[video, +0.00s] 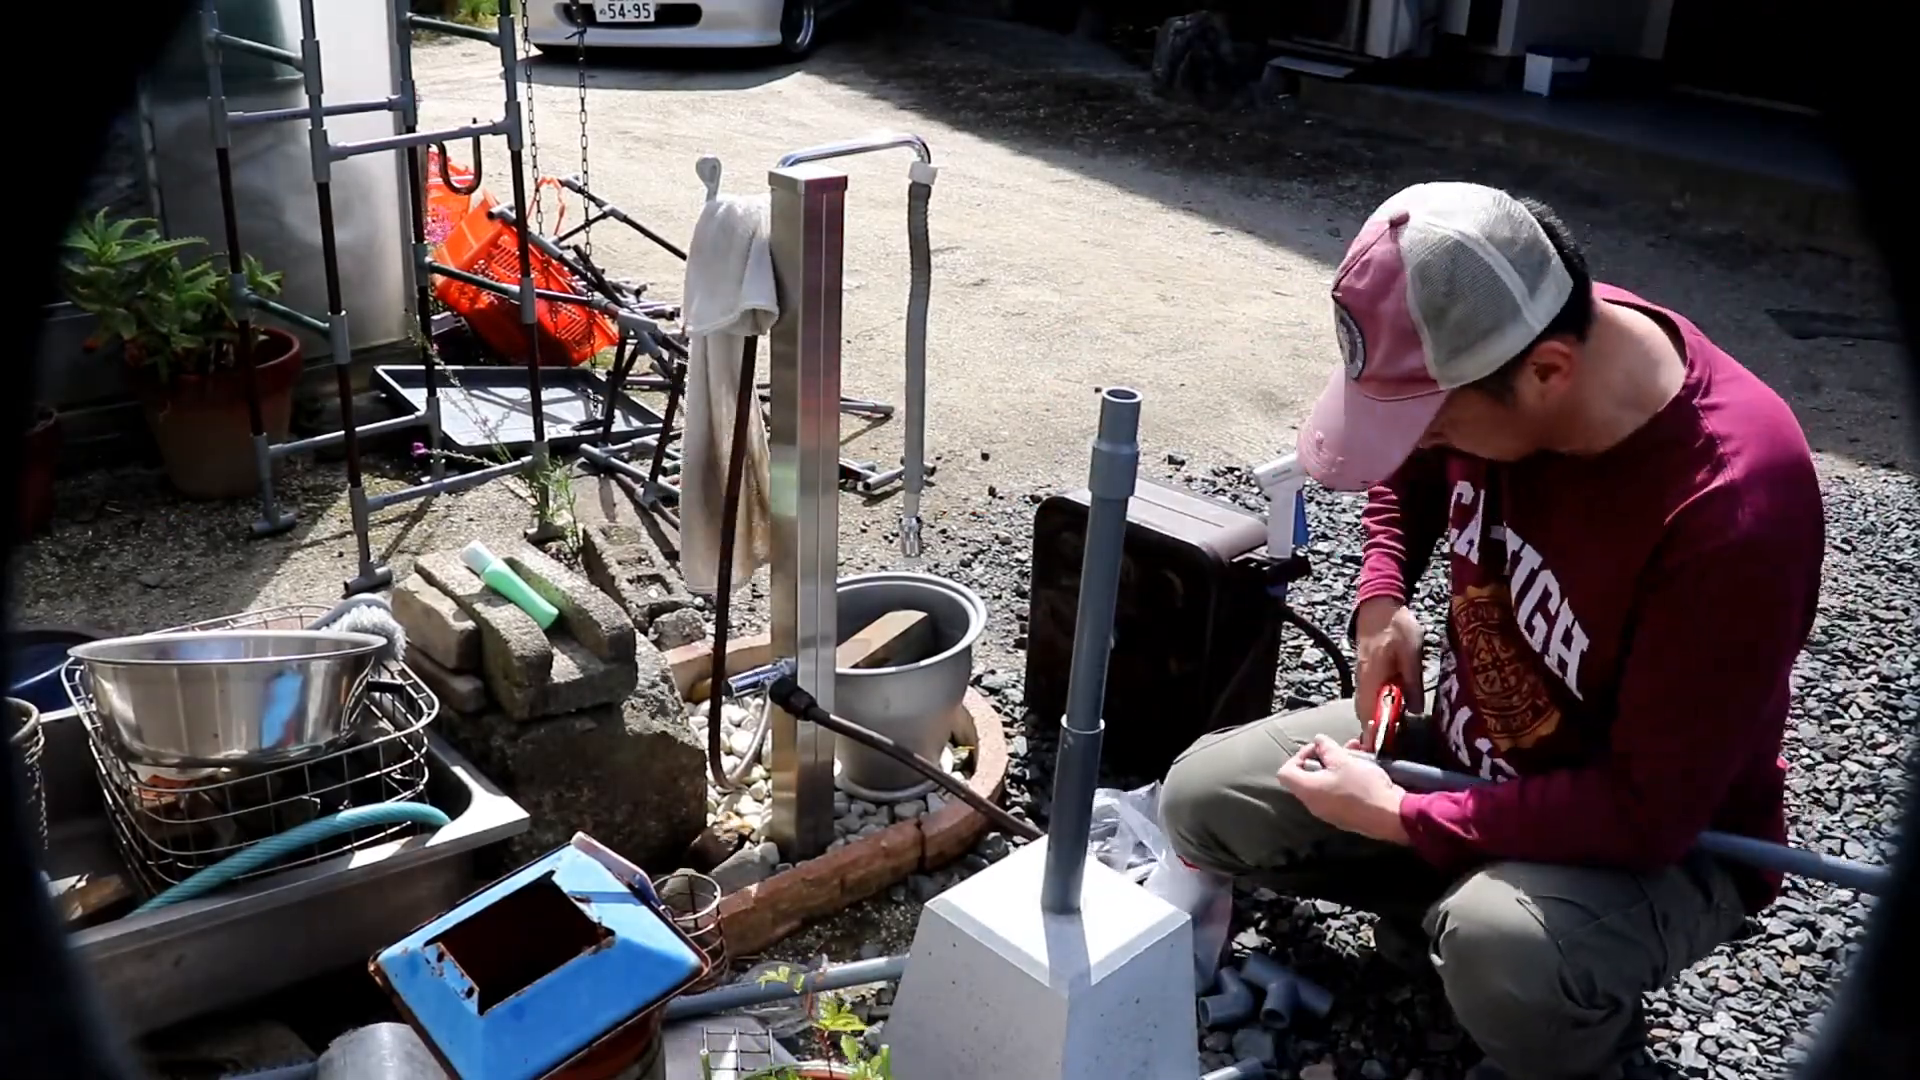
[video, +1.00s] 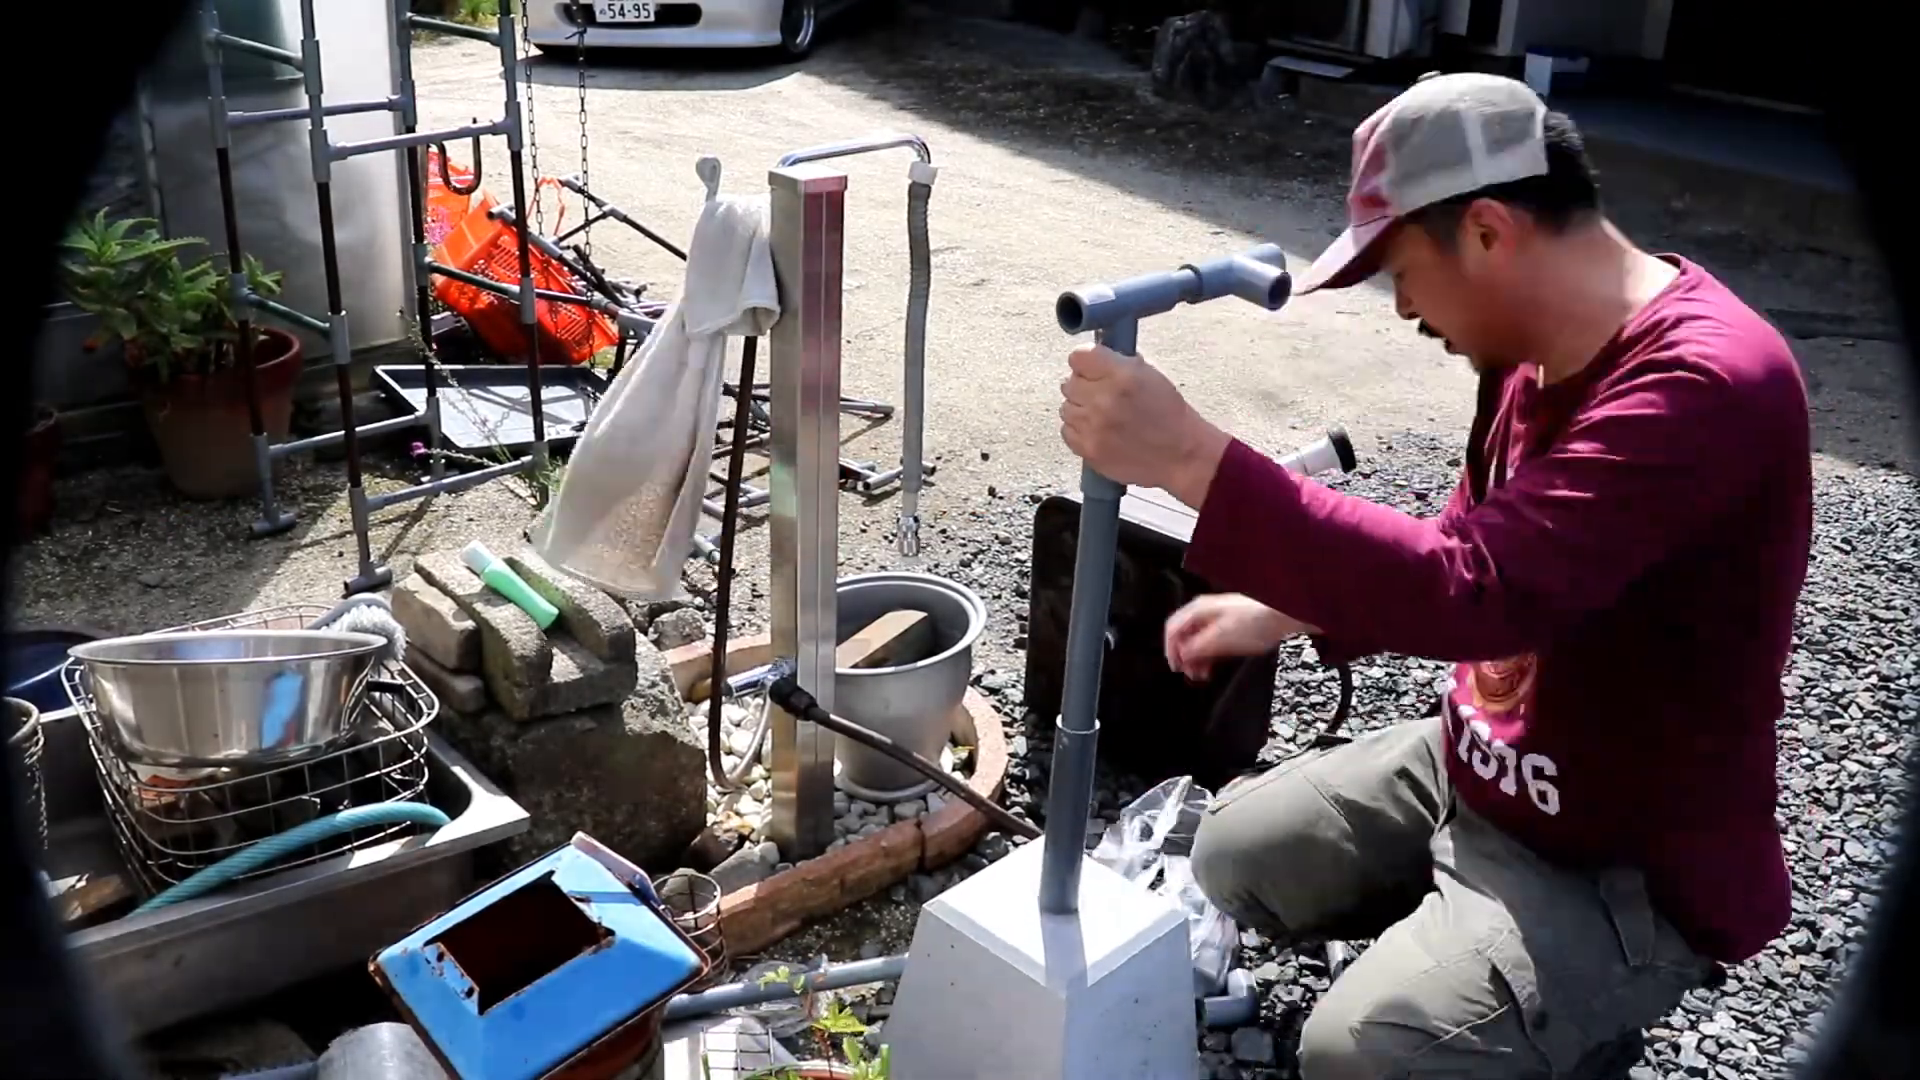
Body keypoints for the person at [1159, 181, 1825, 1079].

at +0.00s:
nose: (1425, 445)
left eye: (1440, 420)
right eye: (1409, 423)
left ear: (1548, 369)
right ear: (1553, 360)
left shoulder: (1741, 495)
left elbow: (1652, 808)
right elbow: (1403, 460)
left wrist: (1407, 813)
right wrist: (1381, 597)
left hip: (1663, 833)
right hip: (1478, 733)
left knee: (1496, 946)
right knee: (1201, 801)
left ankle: (1585, 1054)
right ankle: (1441, 892)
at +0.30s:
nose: (1396, 394)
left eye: (1406, 361)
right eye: (1387, 364)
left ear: (1512, 318)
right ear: (1511, 316)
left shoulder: (1702, 501)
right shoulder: (1541, 363)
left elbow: (1570, 779)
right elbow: (1467, 516)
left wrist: (1359, 908)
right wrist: (1422, 623)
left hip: (1655, 838)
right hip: (1484, 732)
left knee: (1485, 950)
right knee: (1211, 786)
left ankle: (1591, 1055)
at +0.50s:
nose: (1327, 359)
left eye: (1352, 322)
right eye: (1322, 326)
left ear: (1473, 302)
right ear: (1469, 305)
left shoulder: (1627, 444)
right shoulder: (1459, 393)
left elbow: (1450, 680)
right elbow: (1434, 584)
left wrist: (1230, 489)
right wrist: (1363, 701)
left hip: (1683, 856)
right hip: (1509, 773)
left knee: (1481, 928)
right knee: (1244, 749)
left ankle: (1572, 1053)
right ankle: (1447, 891)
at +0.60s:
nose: (1353, 326)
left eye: (1375, 283)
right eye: (1342, 290)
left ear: (1500, 261)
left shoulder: (1647, 391)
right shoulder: (1462, 393)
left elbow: (1483, 560)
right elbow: (1430, 583)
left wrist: (1269, 349)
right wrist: (1355, 698)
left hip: (1675, 851)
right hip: (1495, 762)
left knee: (1472, 930)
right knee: (1237, 753)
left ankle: (1573, 1049)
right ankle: (1463, 877)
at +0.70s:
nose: (1512, 236)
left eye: (1559, 219)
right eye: (1516, 201)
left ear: (1697, 262)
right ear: (1507, 176)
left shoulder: (1774, 435)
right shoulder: (1518, 321)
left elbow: (1483, 592)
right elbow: (1341, 445)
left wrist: (1184, 461)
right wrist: (1240, 396)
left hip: (1596, 869)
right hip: (1453, 749)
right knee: (1198, 808)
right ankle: (1430, 865)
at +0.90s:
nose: (1599, 182)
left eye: (1648, 163)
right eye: (1612, 145)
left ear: (1777, 228)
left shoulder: (1809, 452)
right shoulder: (1607, 311)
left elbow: (1502, 574)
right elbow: (1441, 446)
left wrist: (1191, 457)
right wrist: (1335, 359)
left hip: (1574, 873)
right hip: (1463, 739)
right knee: (1202, 827)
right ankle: (1443, 876)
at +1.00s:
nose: (1402, 310)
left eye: (1400, 271)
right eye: (1388, 279)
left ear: (1489, 233)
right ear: (1495, 236)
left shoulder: (1704, 382)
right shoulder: (1543, 343)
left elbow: (1487, 594)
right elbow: (1472, 559)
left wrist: (1198, 464)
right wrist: (1294, 614)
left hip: (1608, 867)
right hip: (1474, 755)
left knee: (1356, 1046)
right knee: (1234, 856)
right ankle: (1443, 879)